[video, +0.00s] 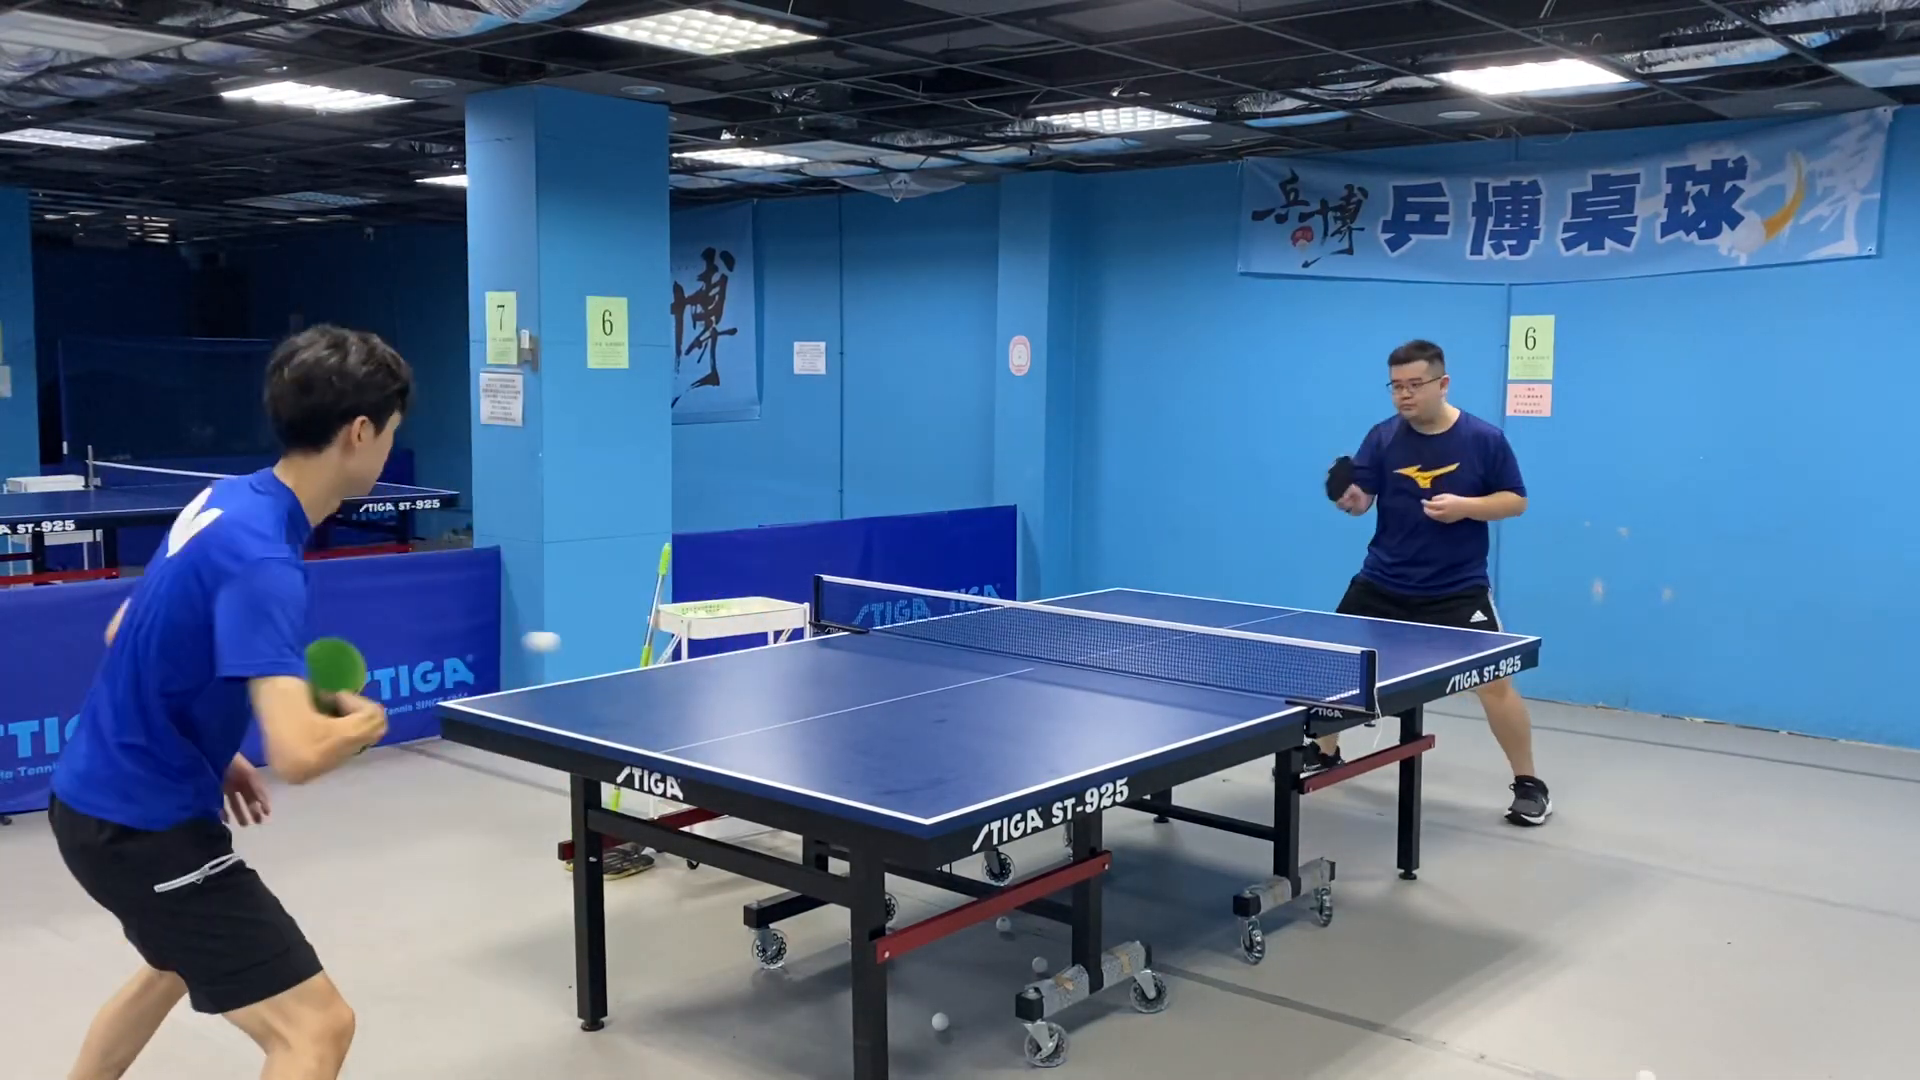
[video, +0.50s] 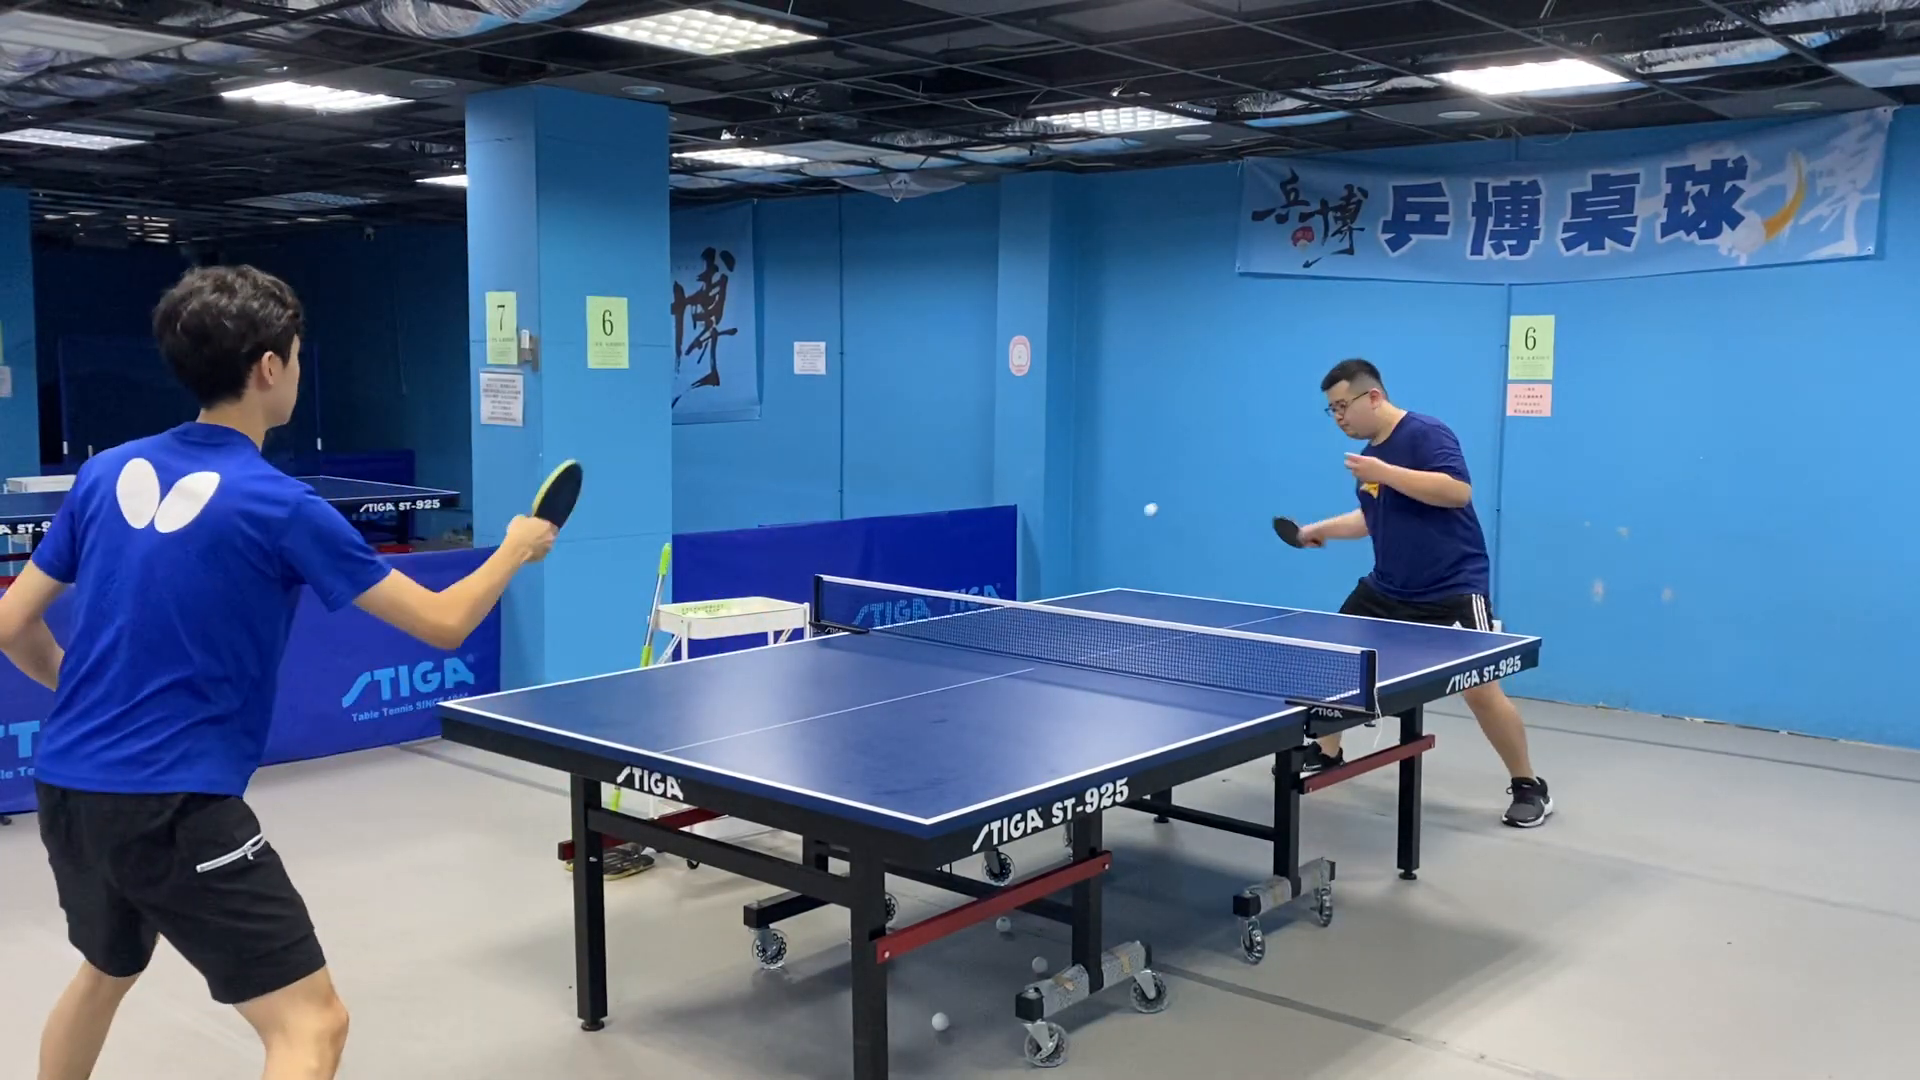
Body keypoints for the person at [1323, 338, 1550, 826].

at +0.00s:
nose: (1403, 393)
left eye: (1414, 384)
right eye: (1396, 385)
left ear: (1442, 384)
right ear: (1391, 387)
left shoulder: (1484, 439)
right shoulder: (1382, 438)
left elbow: (1516, 501)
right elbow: (1360, 499)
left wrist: (1466, 506)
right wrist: (1348, 496)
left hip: (1457, 591)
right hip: (1381, 584)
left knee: (1494, 681)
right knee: (1327, 659)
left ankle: (1527, 783)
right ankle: (1325, 749)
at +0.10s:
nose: (1383, 399)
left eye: (1394, 390)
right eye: (1377, 390)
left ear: (1423, 389)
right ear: (1372, 392)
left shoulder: (1465, 444)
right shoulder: (1367, 444)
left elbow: (1499, 505)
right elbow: (1346, 501)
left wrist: (1448, 513)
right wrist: (1321, 509)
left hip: (1445, 595)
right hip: (1370, 588)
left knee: (1485, 681)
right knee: (1317, 656)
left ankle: (1524, 782)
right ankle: (1324, 751)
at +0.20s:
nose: (1364, 396)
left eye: (1374, 387)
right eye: (1358, 388)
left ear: (1405, 386)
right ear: (1355, 391)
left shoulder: (1451, 439)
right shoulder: (1360, 443)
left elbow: (1489, 497)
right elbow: (1347, 501)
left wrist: (1424, 501)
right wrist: (1306, 517)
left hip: (1444, 594)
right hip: (1371, 588)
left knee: (1480, 682)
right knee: (1317, 660)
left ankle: (1523, 783)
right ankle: (1326, 752)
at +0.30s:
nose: (1353, 398)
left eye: (1363, 387)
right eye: (1347, 390)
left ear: (1392, 384)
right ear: (1345, 394)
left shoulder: (1439, 430)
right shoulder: (1364, 447)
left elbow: (1473, 488)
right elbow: (1365, 508)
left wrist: (1396, 482)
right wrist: (1318, 532)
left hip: (1449, 588)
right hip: (1382, 585)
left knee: (1481, 684)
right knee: (1331, 661)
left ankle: (1525, 783)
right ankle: (1327, 752)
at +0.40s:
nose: (1344, 413)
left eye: (1350, 401)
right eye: (1338, 405)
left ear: (1382, 393)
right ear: (1343, 407)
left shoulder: (1430, 431)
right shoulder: (1374, 450)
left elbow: (1454, 489)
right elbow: (1390, 520)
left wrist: (1380, 470)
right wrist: (1340, 544)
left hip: (1454, 588)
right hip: (1391, 586)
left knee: (1480, 686)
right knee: (1333, 658)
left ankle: (1527, 785)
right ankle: (1328, 750)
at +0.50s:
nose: (1337, 419)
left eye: (1341, 407)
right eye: (1332, 411)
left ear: (1374, 398)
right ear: (1364, 405)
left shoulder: (1428, 433)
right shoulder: (1367, 455)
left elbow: (1459, 492)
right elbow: (1374, 518)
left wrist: (1385, 474)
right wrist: (1321, 530)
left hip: (1453, 590)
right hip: (1386, 588)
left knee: (1479, 688)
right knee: (1327, 658)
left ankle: (1526, 785)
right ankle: (1327, 751)